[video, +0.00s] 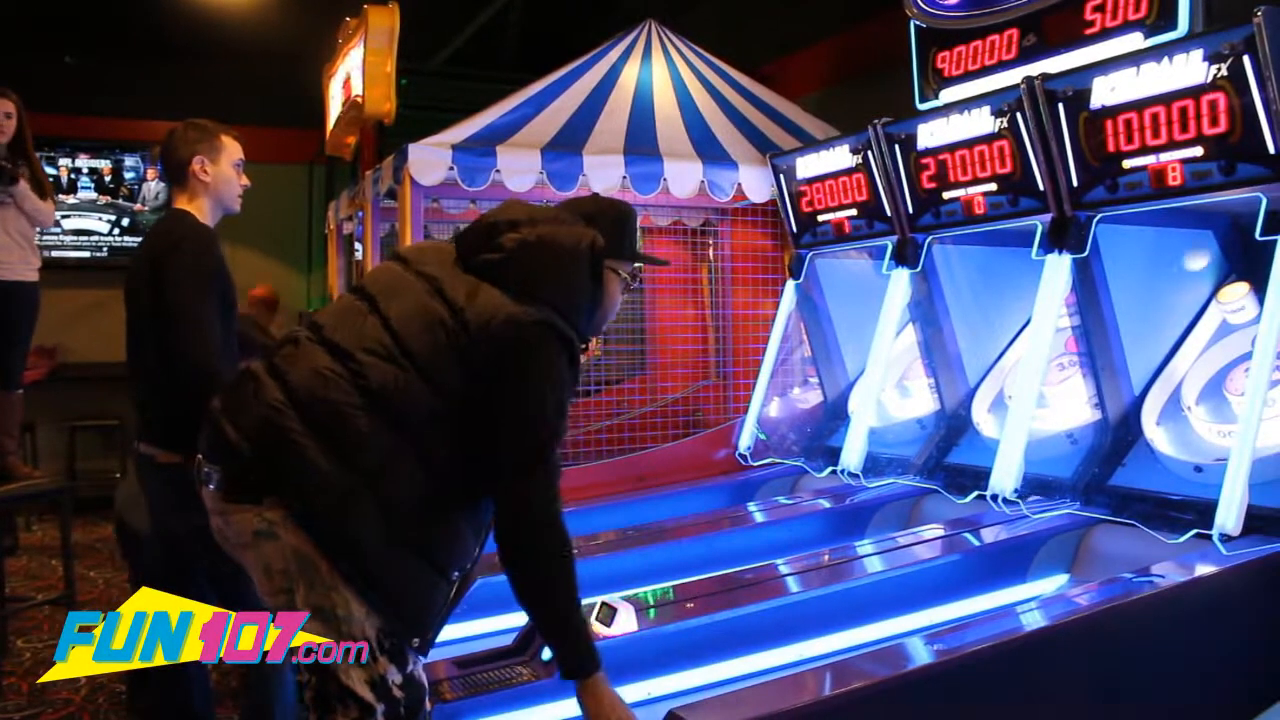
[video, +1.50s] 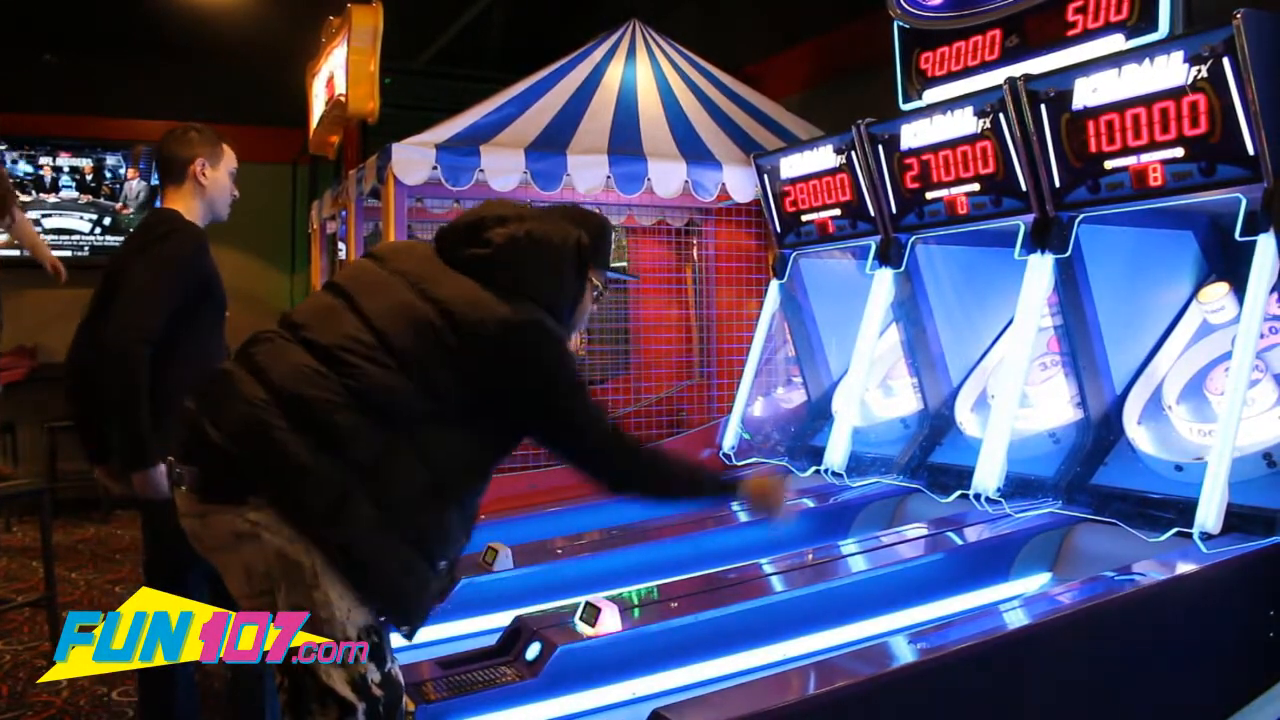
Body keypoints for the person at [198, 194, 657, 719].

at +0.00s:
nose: (623, 298)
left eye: (628, 281)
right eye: (622, 277)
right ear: (586, 265)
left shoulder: (437, 265)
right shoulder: (530, 337)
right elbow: (530, 523)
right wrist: (589, 679)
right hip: (291, 500)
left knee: (392, 690)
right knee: (372, 695)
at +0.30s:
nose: (624, 309)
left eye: (628, 292)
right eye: (619, 290)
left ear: (552, 260)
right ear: (580, 280)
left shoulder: (439, 265)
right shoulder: (526, 351)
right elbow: (542, 532)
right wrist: (603, 688)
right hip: (280, 505)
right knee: (363, 694)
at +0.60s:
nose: (607, 299)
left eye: (610, 284)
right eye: (602, 281)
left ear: (533, 258)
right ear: (563, 271)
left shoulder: (416, 264)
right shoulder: (506, 344)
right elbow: (502, 523)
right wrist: (580, 664)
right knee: (347, 696)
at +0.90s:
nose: (596, 305)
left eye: (603, 289)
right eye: (595, 284)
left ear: (535, 259)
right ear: (556, 269)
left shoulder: (413, 261)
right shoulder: (493, 329)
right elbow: (428, 496)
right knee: (344, 688)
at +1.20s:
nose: (595, 324)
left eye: (603, 308)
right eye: (597, 304)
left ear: (537, 264)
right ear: (568, 287)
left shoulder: (418, 268)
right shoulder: (498, 337)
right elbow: (411, 487)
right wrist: (358, 645)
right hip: (259, 510)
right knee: (337, 683)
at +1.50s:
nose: (588, 303)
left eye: (592, 286)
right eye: (586, 284)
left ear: (493, 247)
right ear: (554, 277)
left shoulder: (396, 265)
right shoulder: (519, 342)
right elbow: (615, 460)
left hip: (209, 484)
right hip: (286, 530)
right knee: (364, 700)